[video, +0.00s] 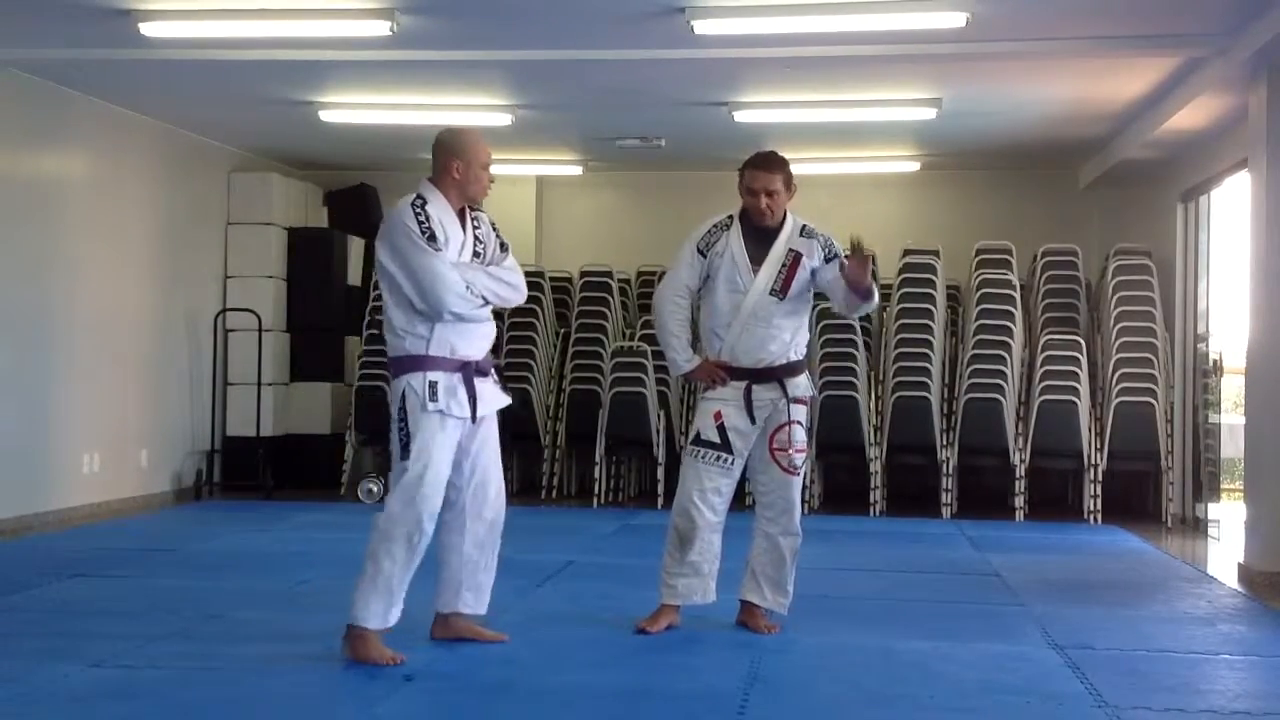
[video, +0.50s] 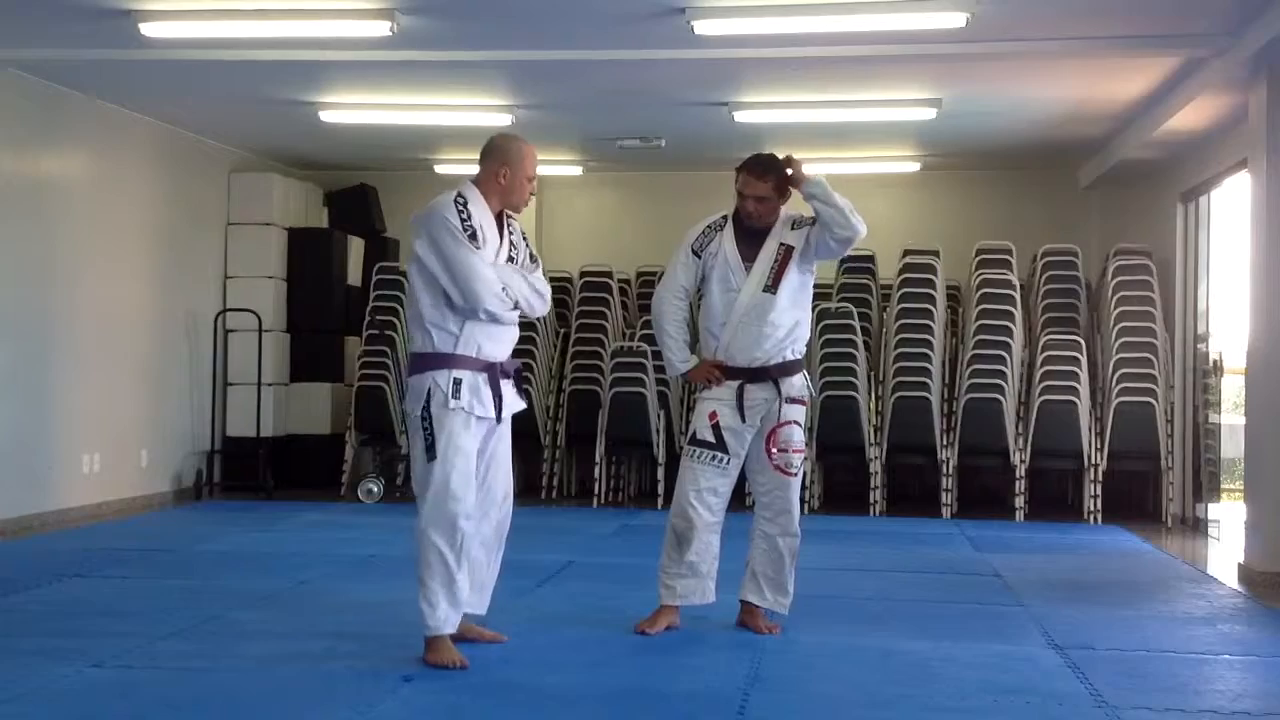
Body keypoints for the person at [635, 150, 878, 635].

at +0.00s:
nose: (763, 203)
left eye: (773, 194)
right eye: (754, 193)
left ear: (790, 194)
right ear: (740, 191)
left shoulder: (814, 244)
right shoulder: (713, 237)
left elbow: (851, 304)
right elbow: (669, 298)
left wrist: (860, 287)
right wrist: (687, 360)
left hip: (787, 390)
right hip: (722, 386)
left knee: (780, 506)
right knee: (695, 501)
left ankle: (757, 604)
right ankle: (672, 602)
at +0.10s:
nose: (767, 202)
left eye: (777, 193)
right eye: (757, 192)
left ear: (792, 194)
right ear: (741, 190)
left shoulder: (810, 240)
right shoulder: (713, 236)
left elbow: (854, 287)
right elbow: (669, 297)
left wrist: (859, 250)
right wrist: (687, 361)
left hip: (785, 389)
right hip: (721, 386)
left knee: (780, 505)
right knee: (695, 501)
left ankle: (757, 604)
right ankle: (672, 602)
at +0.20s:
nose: (765, 203)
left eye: (775, 194)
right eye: (756, 193)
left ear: (790, 195)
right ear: (740, 191)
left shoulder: (806, 238)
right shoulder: (711, 236)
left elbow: (860, 262)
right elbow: (668, 298)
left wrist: (847, 213)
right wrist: (686, 361)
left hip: (784, 388)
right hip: (720, 386)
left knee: (779, 506)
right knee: (694, 502)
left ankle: (757, 604)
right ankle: (672, 603)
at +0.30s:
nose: (762, 209)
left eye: (772, 202)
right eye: (755, 199)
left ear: (789, 201)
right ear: (741, 189)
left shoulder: (806, 239)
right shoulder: (710, 236)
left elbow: (860, 244)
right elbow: (668, 298)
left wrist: (828, 187)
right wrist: (686, 360)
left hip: (784, 389)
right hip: (719, 386)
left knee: (779, 507)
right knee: (693, 503)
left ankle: (756, 605)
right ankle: (671, 603)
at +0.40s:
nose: (755, 210)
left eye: (767, 203)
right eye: (749, 199)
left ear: (786, 201)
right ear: (738, 191)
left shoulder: (803, 236)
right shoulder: (708, 237)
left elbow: (854, 231)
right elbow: (668, 300)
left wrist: (812, 183)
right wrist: (685, 361)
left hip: (783, 387)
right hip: (720, 385)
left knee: (779, 505)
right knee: (693, 500)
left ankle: (755, 605)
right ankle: (670, 605)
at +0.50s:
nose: (750, 208)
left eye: (762, 201)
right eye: (744, 197)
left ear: (783, 200)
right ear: (735, 190)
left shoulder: (801, 236)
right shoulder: (708, 236)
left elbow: (850, 230)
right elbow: (668, 299)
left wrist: (805, 184)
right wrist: (686, 362)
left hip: (783, 387)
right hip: (720, 385)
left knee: (779, 505)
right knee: (693, 500)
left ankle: (755, 604)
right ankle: (671, 604)